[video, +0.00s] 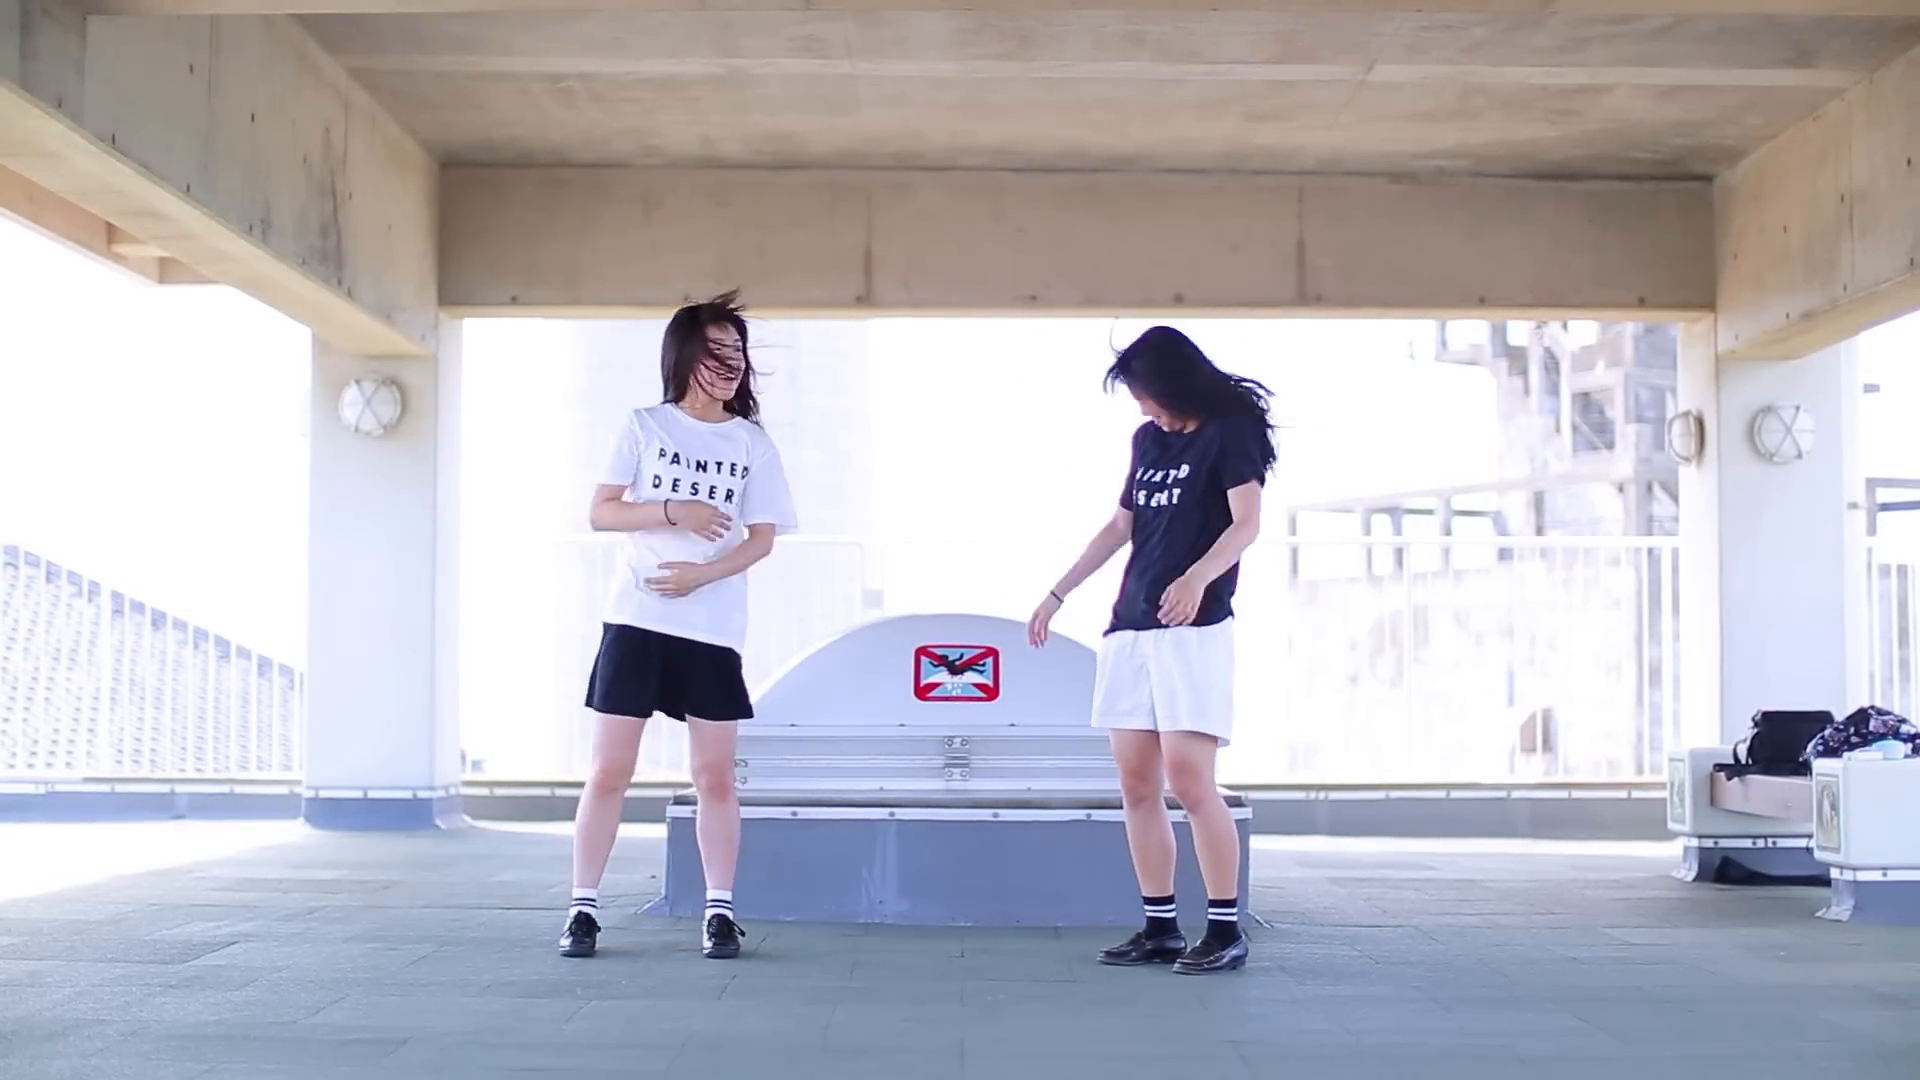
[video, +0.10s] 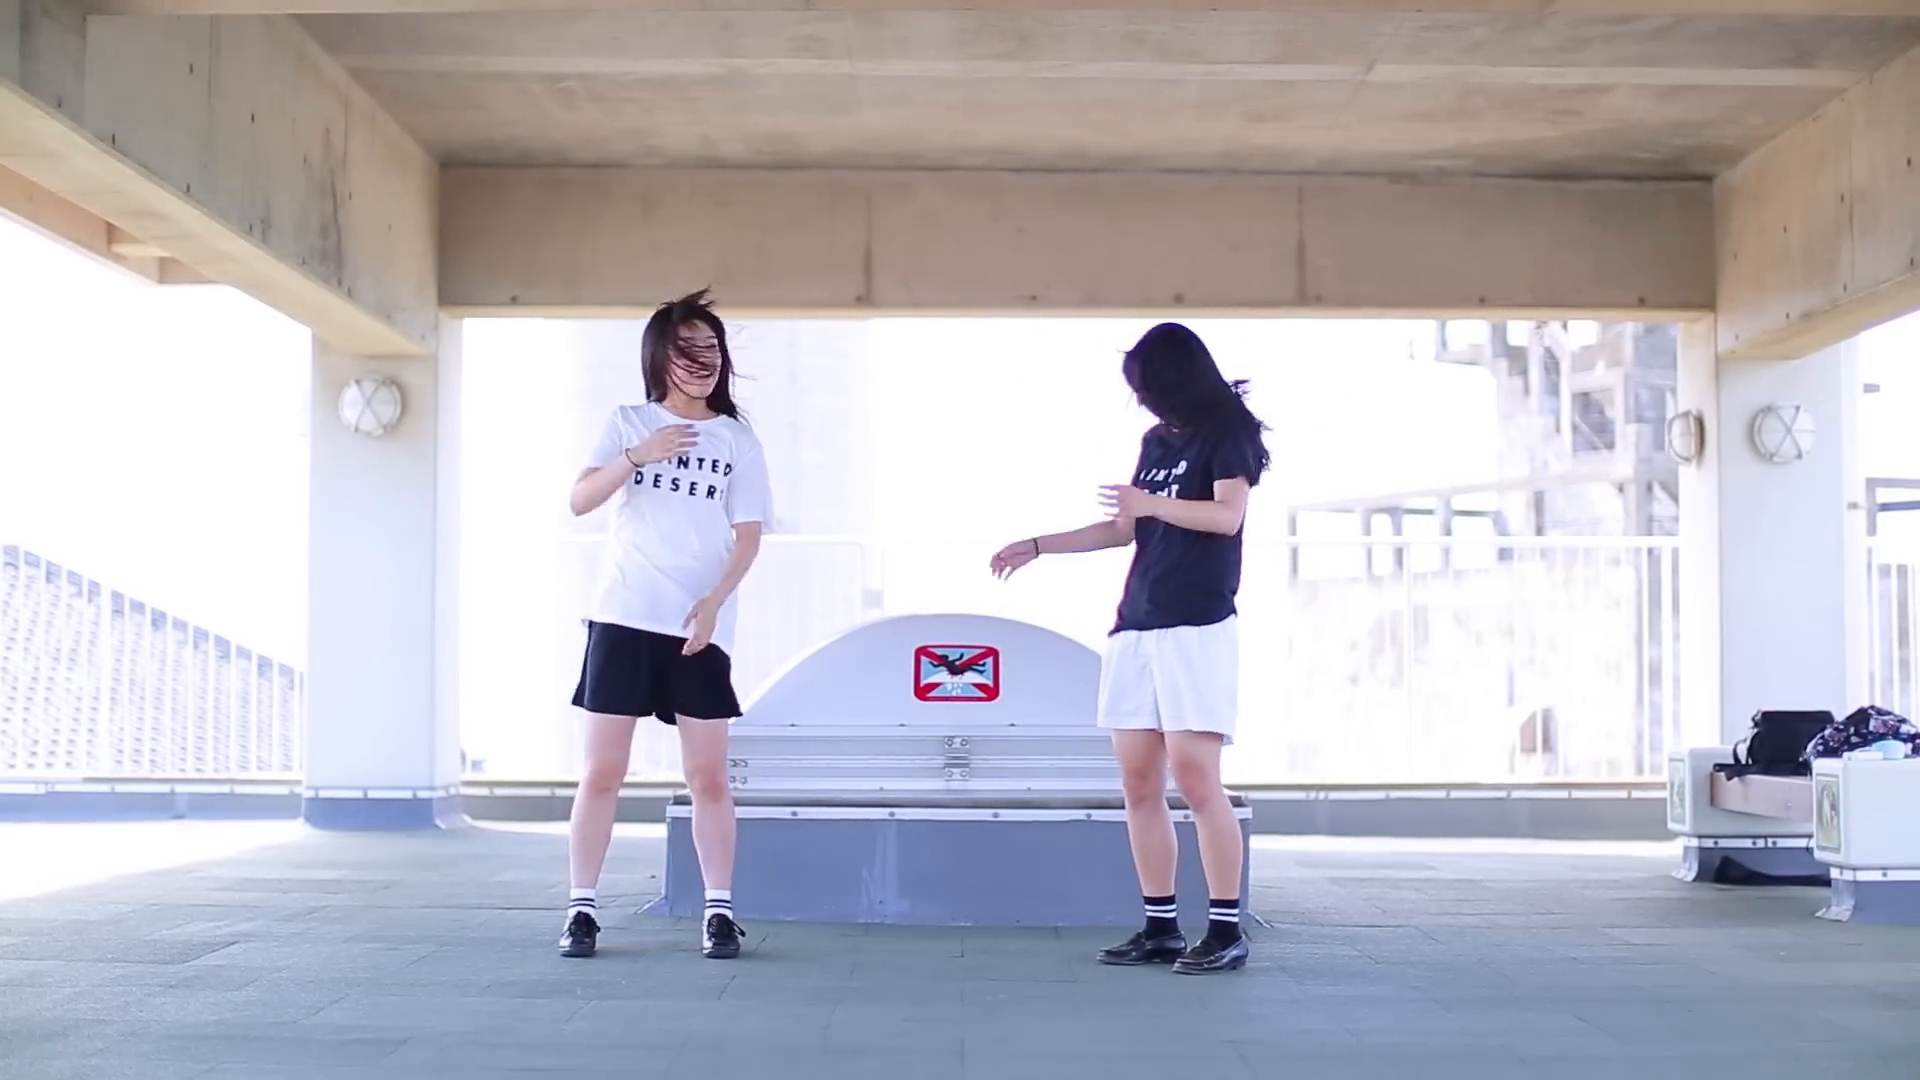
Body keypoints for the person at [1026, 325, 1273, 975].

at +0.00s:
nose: (1145, 412)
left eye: (1150, 399)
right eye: (1139, 401)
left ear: (1179, 386)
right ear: (1141, 392)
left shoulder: (1232, 428)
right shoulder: (1148, 438)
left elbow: (1247, 524)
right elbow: (1120, 526)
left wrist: (1195, 578)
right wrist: (1059, 591)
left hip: (1194, 633)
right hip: (1128, 632)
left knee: (1190, 781)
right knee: (1138, 785)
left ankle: (1226, 933)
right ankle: (1160, 929)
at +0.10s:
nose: (1142, 401)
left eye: (1146, 387)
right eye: (1137, 390)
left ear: (1175, 375)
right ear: (1152, 381)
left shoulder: (1229, 429)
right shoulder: (1157, 440)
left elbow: (1229, 516)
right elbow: (1125, 529)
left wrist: (1150, 505)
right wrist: (1042, 544)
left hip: (1196, 630)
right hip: (1135, 631)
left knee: (1196, 780)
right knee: (1140, 784)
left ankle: (1226, 933)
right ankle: (1159, 930)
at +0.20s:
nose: (1146, 404)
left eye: (1152, 391)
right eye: (1142, 395)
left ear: (1182, 377)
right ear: (1150, 391)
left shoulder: (1238, 426)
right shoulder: (1163, 445)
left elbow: (1199, 497)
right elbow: (1112, 524)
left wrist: (1137, 433)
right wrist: (1047, 488)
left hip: (1200, 631)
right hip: (1136, 632)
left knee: (1200, 781)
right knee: (1143, 785)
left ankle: (1226, 933)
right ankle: (1161, 930)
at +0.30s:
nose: (1137, 400)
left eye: (1142, 385)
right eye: (1133, 390)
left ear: (1173, 378)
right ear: (1158, 389)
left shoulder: (1235, 441)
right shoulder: (1154, 457)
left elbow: (1179, 459)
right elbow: (1090, 502)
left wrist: (1146, 388)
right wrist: (1068, 430)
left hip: (1202, 634)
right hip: (1137, 637)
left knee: (1204, 780)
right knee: (1145, 783)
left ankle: (1227, 932)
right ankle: (1160, 929)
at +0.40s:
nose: (1143, 392)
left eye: (1150, 374)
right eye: (1139, 379)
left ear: (1184, 369)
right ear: (1159, 385)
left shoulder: (1241, 438)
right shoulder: (1157, 450)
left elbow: (1177, 454)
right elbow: (1079, 472)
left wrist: (1156, 380)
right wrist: (1096, 392)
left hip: (1200, 632)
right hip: (1137, 635)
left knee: (1205, 776)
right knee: (1148, 781)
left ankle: (1228, 930)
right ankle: (1160, 928)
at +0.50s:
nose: (1159, 398)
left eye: (1168, 384)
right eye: (1153, 389)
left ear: (1202, 378)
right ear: (1155, 393)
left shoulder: (1241, 442)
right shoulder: (1156, 450)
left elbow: (1191, 458)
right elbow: (1075, 457)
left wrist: (1179, 385)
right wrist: (1116, 385)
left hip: (1198, 634)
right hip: (1136, 636)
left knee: (1206, 778)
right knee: (1151, 782)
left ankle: (1227, 930)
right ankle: (1160, 928)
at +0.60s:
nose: (1160, 393)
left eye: (1168, 379)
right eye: (1155, 382)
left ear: (1204, 376)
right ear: (1159, 387)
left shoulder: (1241, 440)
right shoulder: (1151, 455)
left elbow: (1218, 491)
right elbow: (1070, 480)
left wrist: (1213, 410)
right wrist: (1109, 414)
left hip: (1198, 633)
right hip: (1135, 636)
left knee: (1207, 778)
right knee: (1152, 783)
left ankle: (1227, 930)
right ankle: (1160, 928)